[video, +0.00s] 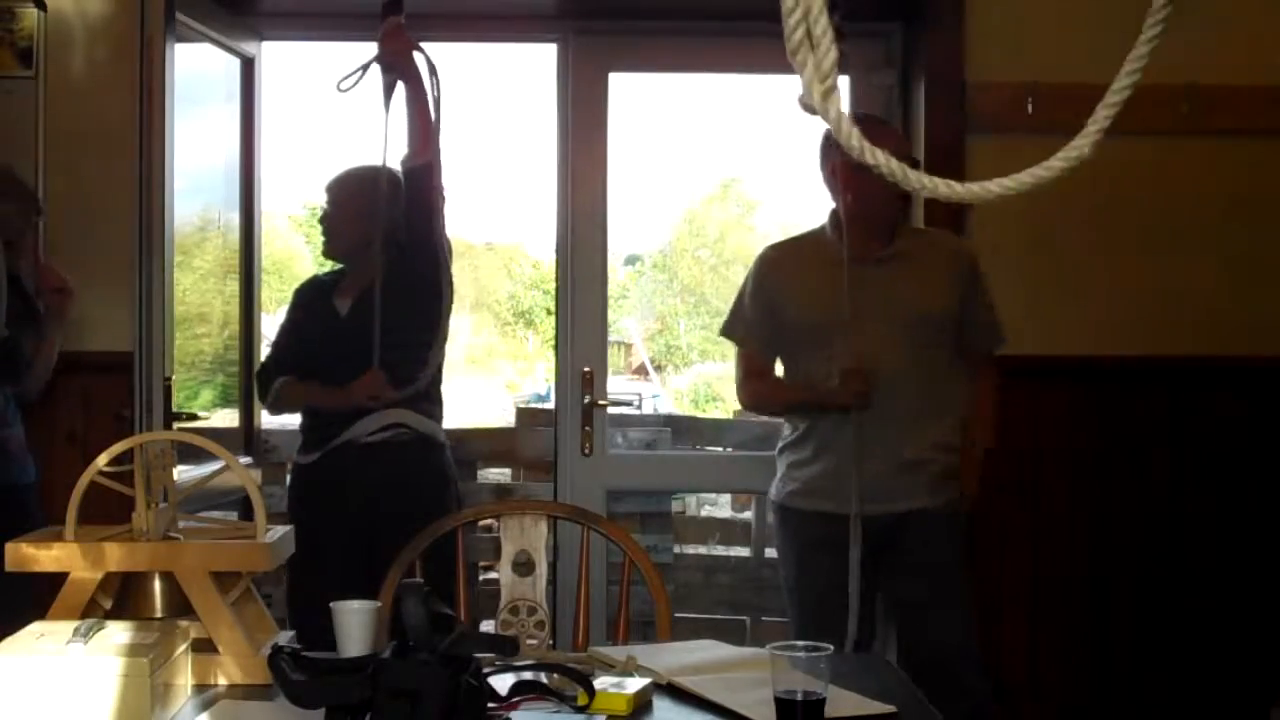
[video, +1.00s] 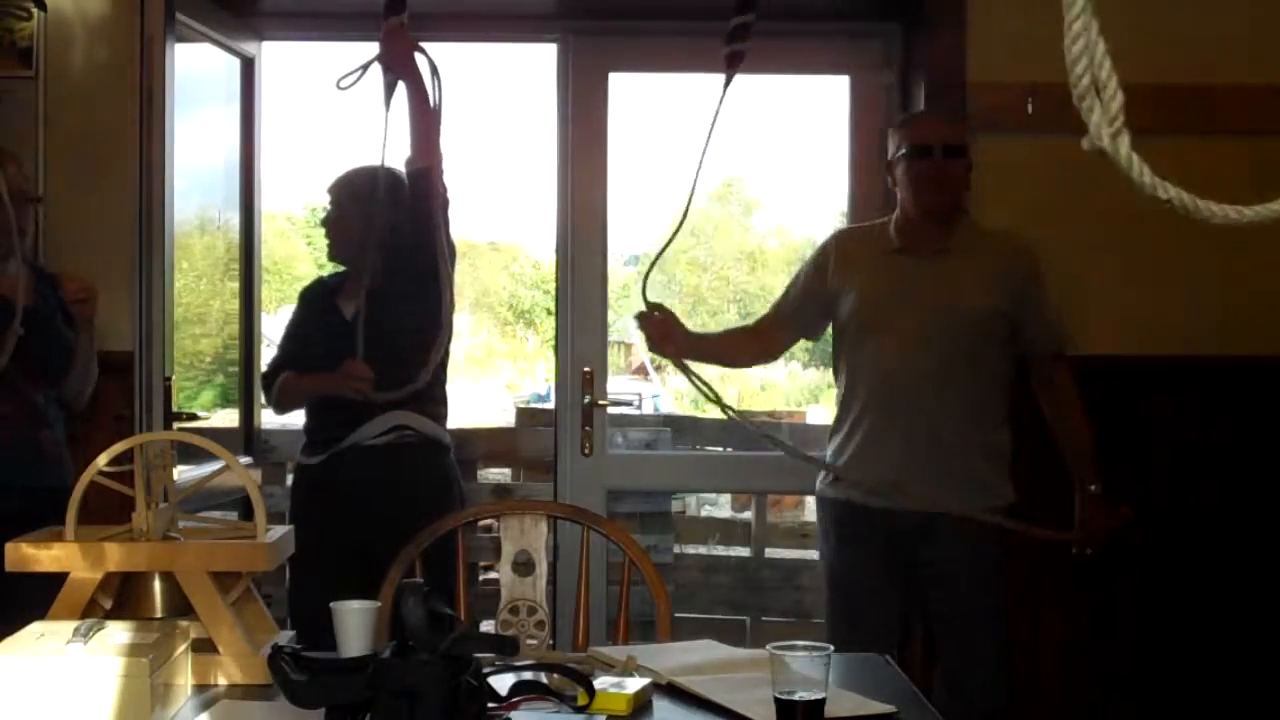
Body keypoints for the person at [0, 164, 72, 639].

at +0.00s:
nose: (30, 246)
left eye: (31, 231)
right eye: (21, 232)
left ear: (31, 228)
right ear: (12, 231)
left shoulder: (21, 290)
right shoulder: (14, 292)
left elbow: (28, 384)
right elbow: (28, 384)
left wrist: (52, 321)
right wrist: (52, 321)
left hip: (17, 470)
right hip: (11, 472)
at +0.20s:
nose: (31, 234)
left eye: (36, 220)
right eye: (17, 221)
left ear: (41, 220)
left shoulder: (28, 285)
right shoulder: (10, 286)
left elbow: (41, 391)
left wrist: (60, 321)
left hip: (22, 466)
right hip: (7, 468)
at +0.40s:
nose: (33, 221)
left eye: (38, 208)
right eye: (20, 209)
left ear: (43, 211)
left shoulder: (38, 286)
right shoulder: (9, 284)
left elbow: (58, 389)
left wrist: (68, 320)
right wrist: (21, 307)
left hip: (34, 455)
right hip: (9, 455)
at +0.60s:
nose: (35, 215)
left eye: (40, 202)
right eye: (21, 203)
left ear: (46, 207)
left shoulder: (42, 283)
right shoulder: (7, 280)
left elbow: (66, 389)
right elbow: (11, 367)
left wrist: (74, 322)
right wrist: (15, 306)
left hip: (38, 456)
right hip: (10, 454)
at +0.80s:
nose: (36, 215)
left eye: (39, 200)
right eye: (21, 202)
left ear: (46, 202)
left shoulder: (41, 281)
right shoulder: (6, 281)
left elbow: (70, 391)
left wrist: (80, 324)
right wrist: (13, 312)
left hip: (44, 470)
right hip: (12, 472)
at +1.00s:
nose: (25, 218)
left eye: (29, 202)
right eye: (16, 200)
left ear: (33, 208)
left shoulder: (40, 287)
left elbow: (74, 394)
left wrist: (84, 326)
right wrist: (13, 309)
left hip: (39, 479)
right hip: (12, 480)